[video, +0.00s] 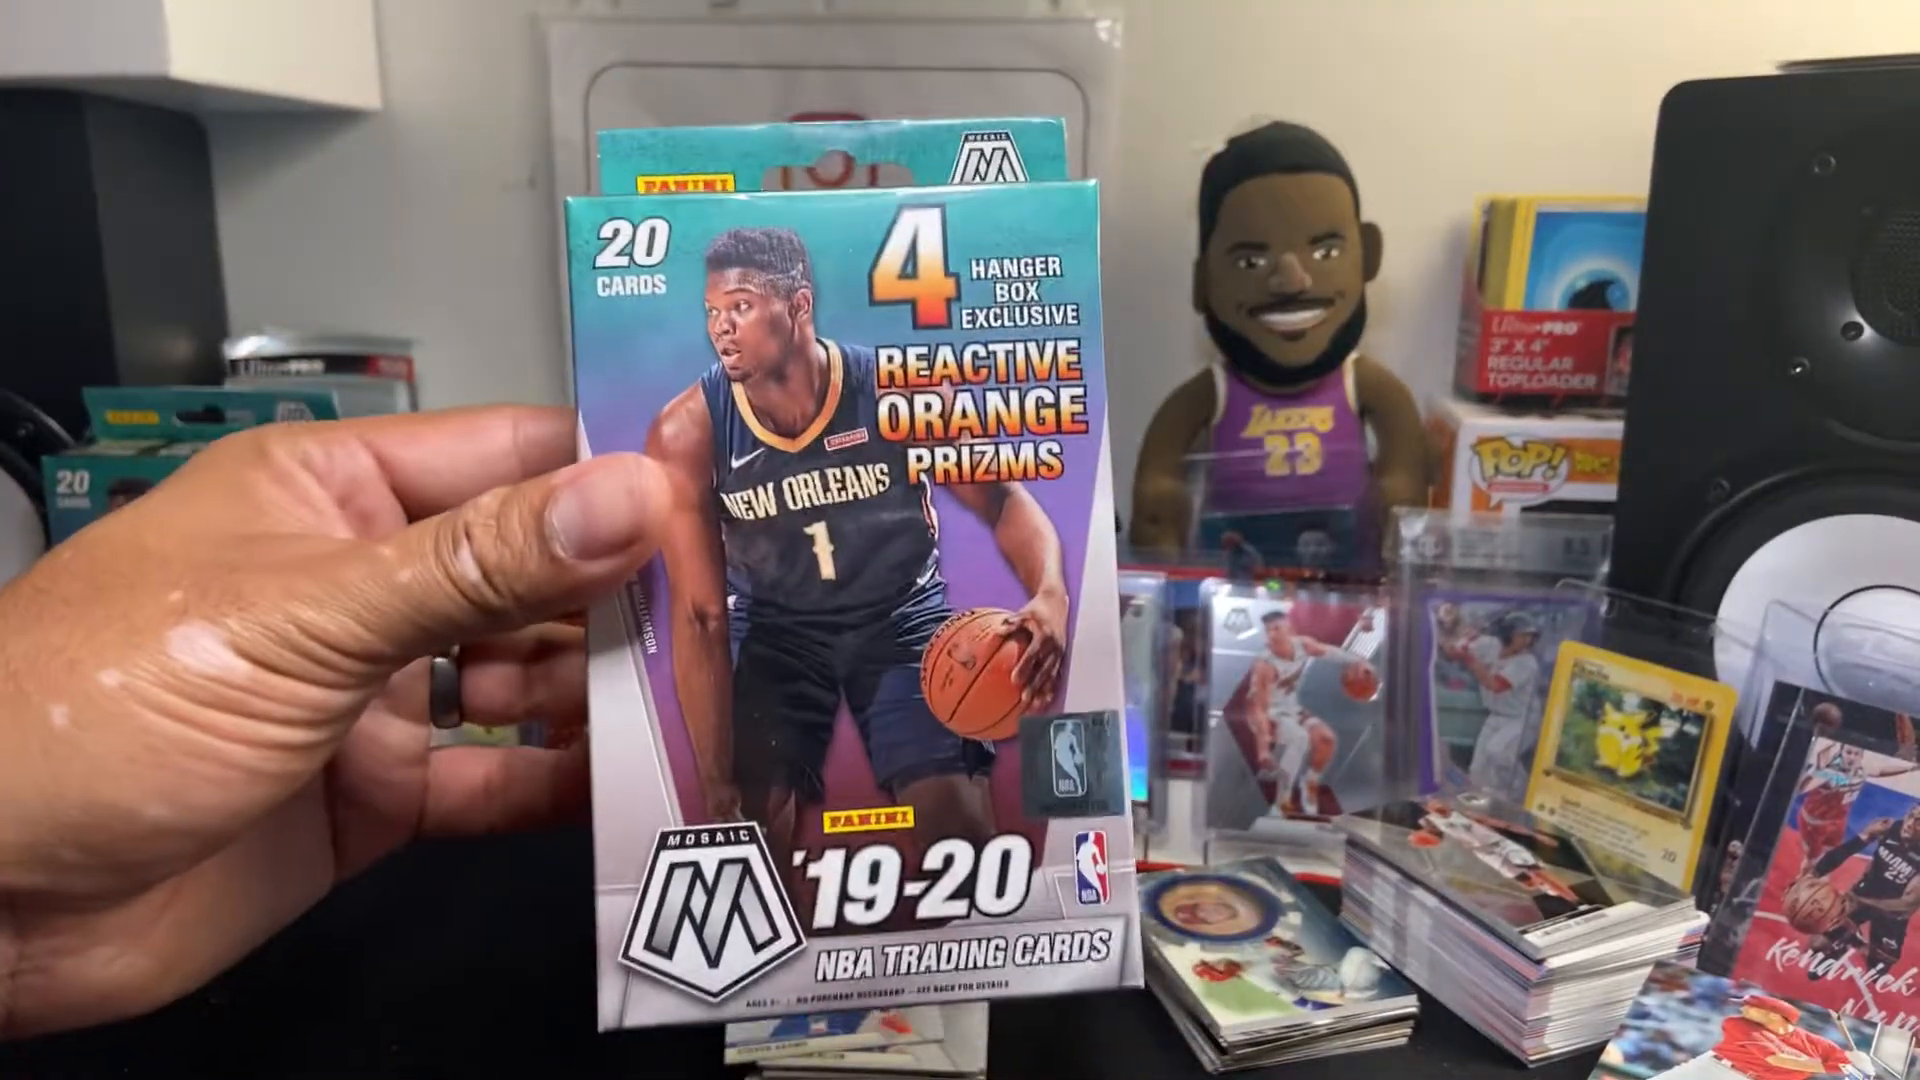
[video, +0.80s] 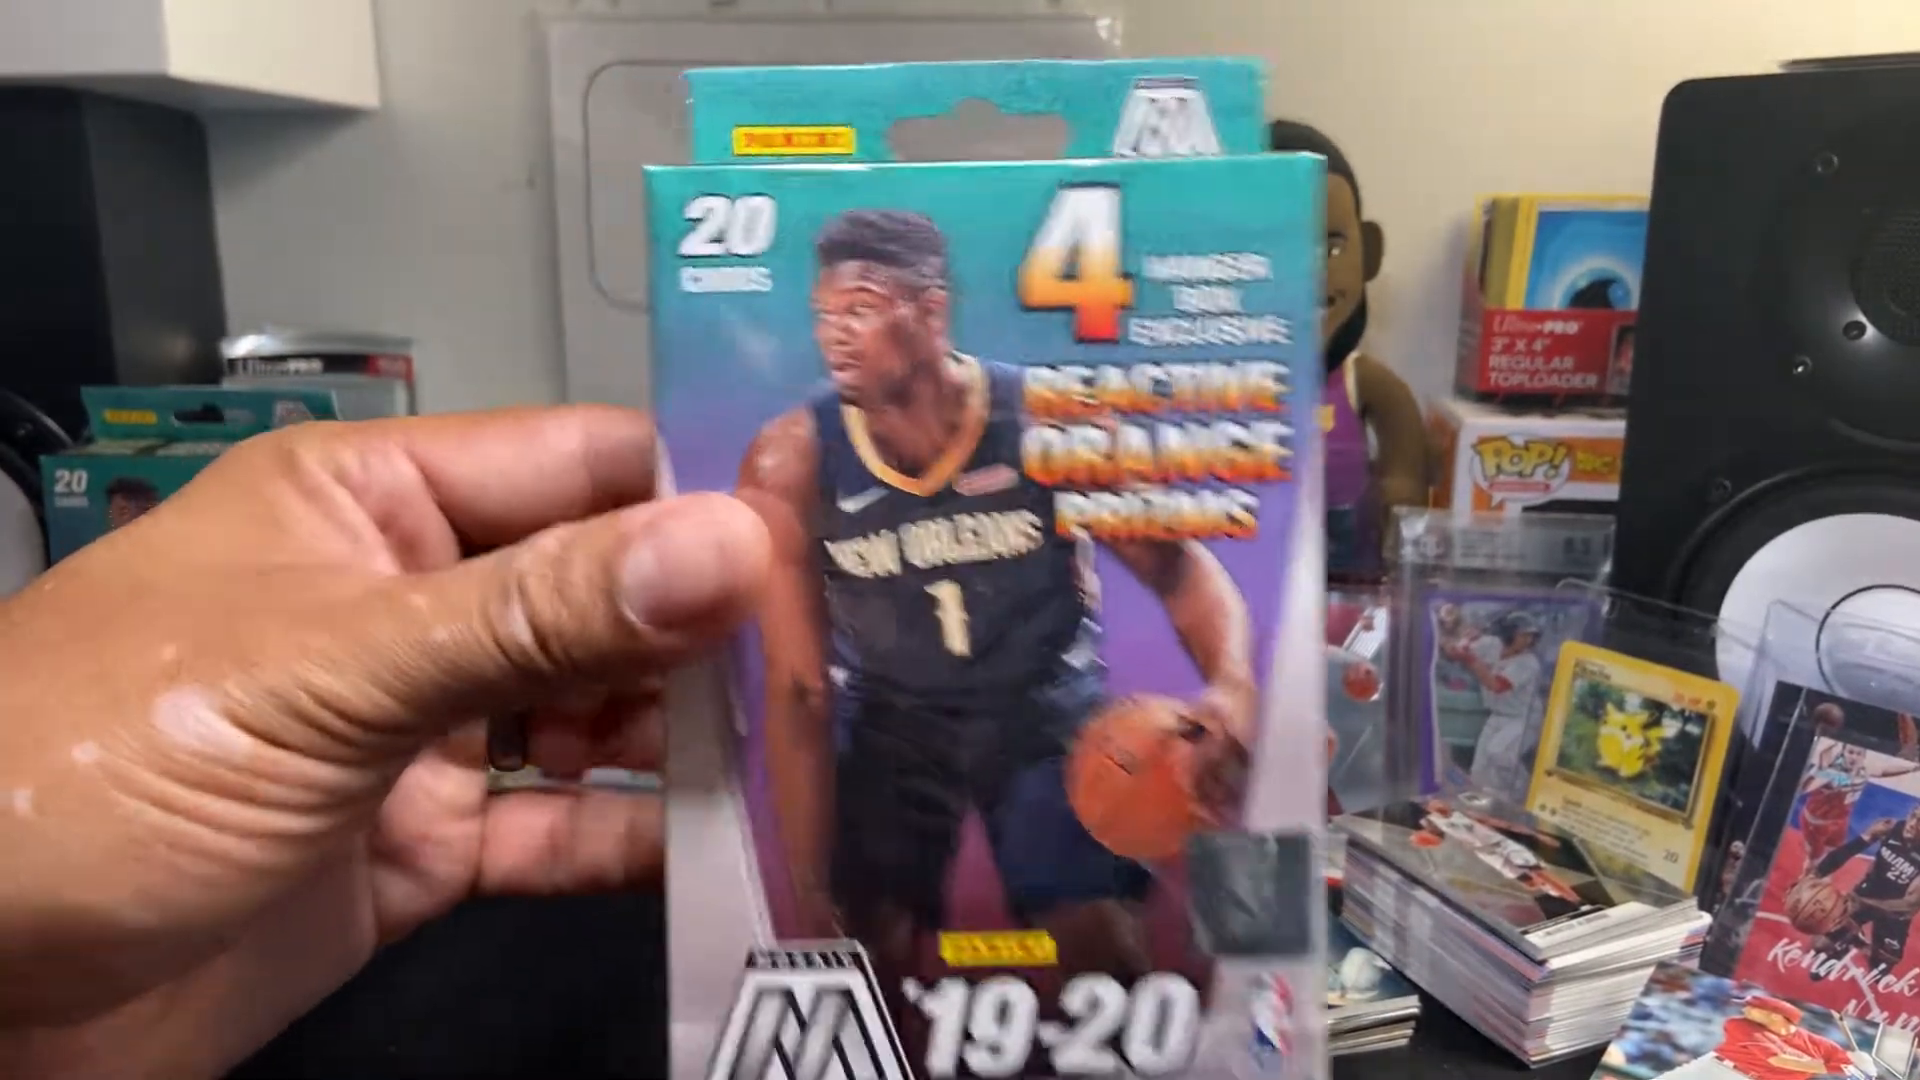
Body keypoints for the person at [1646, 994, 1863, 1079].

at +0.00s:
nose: (1750, 1012)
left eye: (1759, 1010)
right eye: (1754, 1009)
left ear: (1777, 1018)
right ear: (1766, 1016)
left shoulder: (1790, 1037)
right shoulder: (1744, 1032)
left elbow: (1825, 1049)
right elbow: (1778, 1060)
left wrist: (1849, 1061)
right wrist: (1831, 1069)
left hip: (1745, 1074)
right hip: (1715, 1067)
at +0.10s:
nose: (1787, 1025)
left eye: (1787, 1020)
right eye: (1782, 1019)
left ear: (1779, 1019)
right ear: (1765, 1016)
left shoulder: (1787, 1035)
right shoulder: (1745, 1033)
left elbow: (1822, 1047)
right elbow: (1779, 1059)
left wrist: (1848, 1060)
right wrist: (1833, 1068)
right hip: (1717, 1068)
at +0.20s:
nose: (1786, 1025)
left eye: (1785, 1019)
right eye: (1781, 1018)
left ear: (1778, 1019)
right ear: (1766, 1016)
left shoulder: (1789, 1036)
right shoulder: (1745, 1033)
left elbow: (1824, 1048)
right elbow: (1778, 1060)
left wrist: (1849, 1062)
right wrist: (1833, 1070)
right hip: (1716, 1068)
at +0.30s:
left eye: (1760, 1010)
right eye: (1755, 1008)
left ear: (1777, 1018)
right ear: (1767, 1015)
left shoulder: (1791, 1037)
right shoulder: (1743, 1031)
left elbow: (1824, 1048)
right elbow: (1778, 1059)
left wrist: (1850, 1058)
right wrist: (1833, 1068)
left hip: (1745, 1075)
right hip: (1715, 1067)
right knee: (1662, 1077)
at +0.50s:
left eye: (1761, 1011)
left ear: (1778, 1018)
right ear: (1765, 1016)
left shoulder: (1792, 1037)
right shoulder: (1746, 1033)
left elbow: (1825, 1049)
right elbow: (1779, 1060)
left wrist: (1851, 1060)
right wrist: (1835, 1068)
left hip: (1746, 1075)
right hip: (1716, 1068)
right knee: (1661, 1077)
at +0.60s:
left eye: (1763, 1010)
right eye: (1780, 1017)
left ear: (1779, 1018)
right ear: (1765, 1016)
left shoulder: (1791, 1036)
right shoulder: (1746, 1033)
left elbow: (1825, 1049)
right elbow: (1779, 1060)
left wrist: (1850, 1060)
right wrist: (1834, 1068)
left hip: (1746, 1075)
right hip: (1716, 1068)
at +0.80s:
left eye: (1759, 1010)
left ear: (1779, 1018)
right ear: (1765, 1016)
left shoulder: (1796, 1037)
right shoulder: (1745, 1033)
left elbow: (1831, 1051)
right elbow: (1779, 1060)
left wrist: (1853, 1063)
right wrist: (1831, 1068)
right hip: (1718, 1068)